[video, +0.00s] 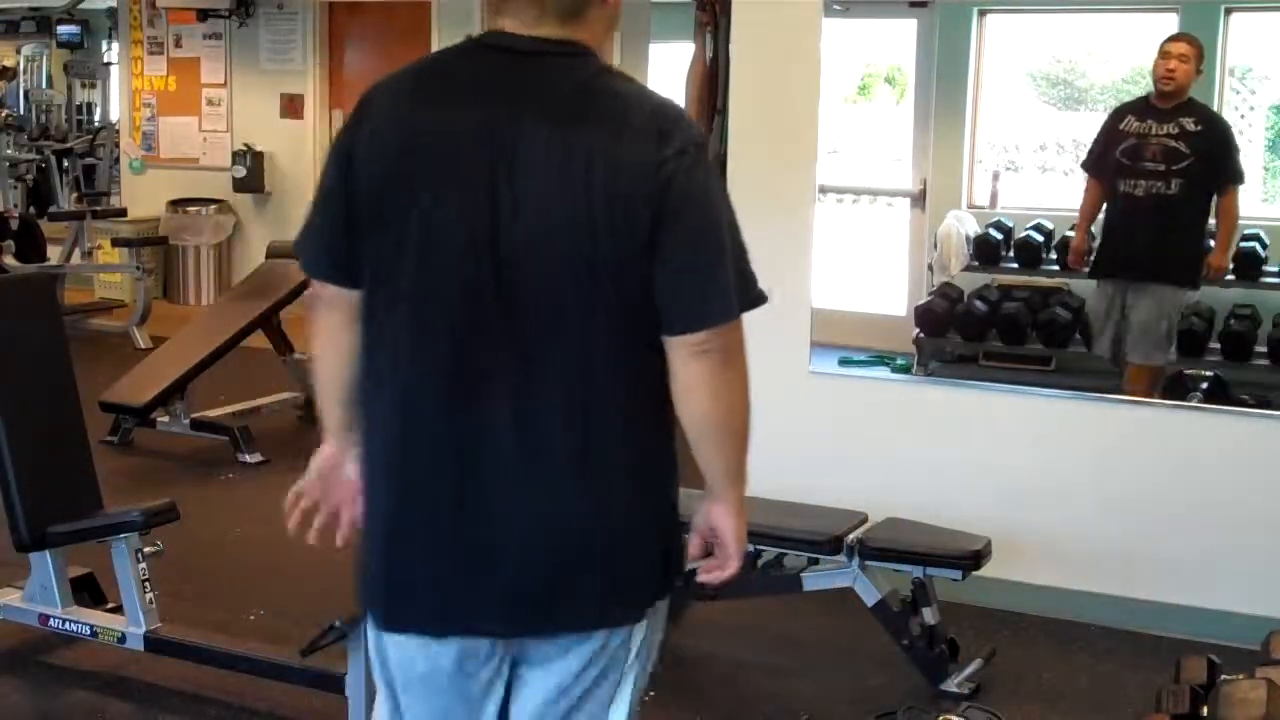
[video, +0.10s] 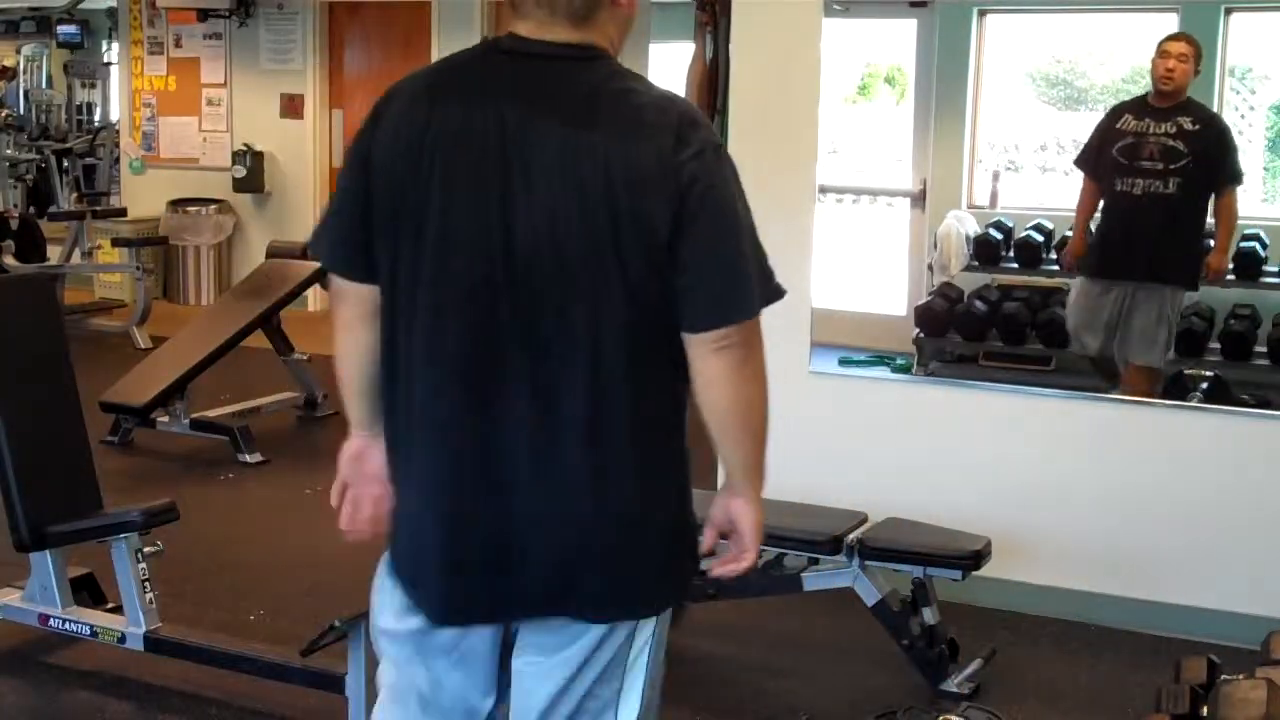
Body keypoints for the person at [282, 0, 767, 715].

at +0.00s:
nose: (617, 20)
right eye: (618, 16)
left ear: (492, 5)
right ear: (610, 9)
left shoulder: (388, 111)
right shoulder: (658, 140)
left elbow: (333, 295)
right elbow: (703, 342)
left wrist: (339, 439)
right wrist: (724, 494)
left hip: (425, 545)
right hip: (598, 553)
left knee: (420, 709)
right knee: (574, 709)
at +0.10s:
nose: (635, 17)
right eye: (637, 13)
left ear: (503, 5)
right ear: (624, 9)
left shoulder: (404, 114)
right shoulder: (671, 139)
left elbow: (355, 293)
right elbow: (722, 336)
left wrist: (365, 430)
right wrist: (741, 485)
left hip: (440, 524)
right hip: (608, 539)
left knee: (418, 710)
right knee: (580, 708)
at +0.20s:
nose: (641, 18)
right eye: (641, 13)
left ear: (518, 5)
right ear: (628, 10)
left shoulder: (421, 107)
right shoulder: (671, 131)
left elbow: (373, 290)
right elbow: (727, 326)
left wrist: (389, 418)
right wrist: (759, 471)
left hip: (460, 504)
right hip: (611, 529)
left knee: (436, 706)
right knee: (588, 708)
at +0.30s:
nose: (650, 16)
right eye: (650, 11)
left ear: (533, 4)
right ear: (636, 9)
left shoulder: (433, 101)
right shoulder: (668, 127)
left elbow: (383, 263)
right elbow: (725, 318)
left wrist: (408, 394)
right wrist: (769, 459)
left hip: (471, 497)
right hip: (608, 519)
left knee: (472, 703)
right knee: (595, 706)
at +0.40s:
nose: (653, 17)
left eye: (652, 12)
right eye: (652, 11)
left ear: (539, 4)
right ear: (635, 7)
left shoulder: (449, 103)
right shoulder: (654, 129)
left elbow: (404, 266)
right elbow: (710, 323)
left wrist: (426, 389)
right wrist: (768, 456)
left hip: (475, 490)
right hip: (600, 516)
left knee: (488, 699)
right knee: (587, 708)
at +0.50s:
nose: (656, 18)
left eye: (656, 11)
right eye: (656, 10)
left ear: (547, 6)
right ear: (636, 7)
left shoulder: (470, 106)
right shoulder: (633, 131)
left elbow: (443, 271)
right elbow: (673, 323)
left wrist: (447, 399)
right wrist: (739, 462)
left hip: (485, 499)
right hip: (596, 520)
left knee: (499, 704)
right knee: (588, 707)